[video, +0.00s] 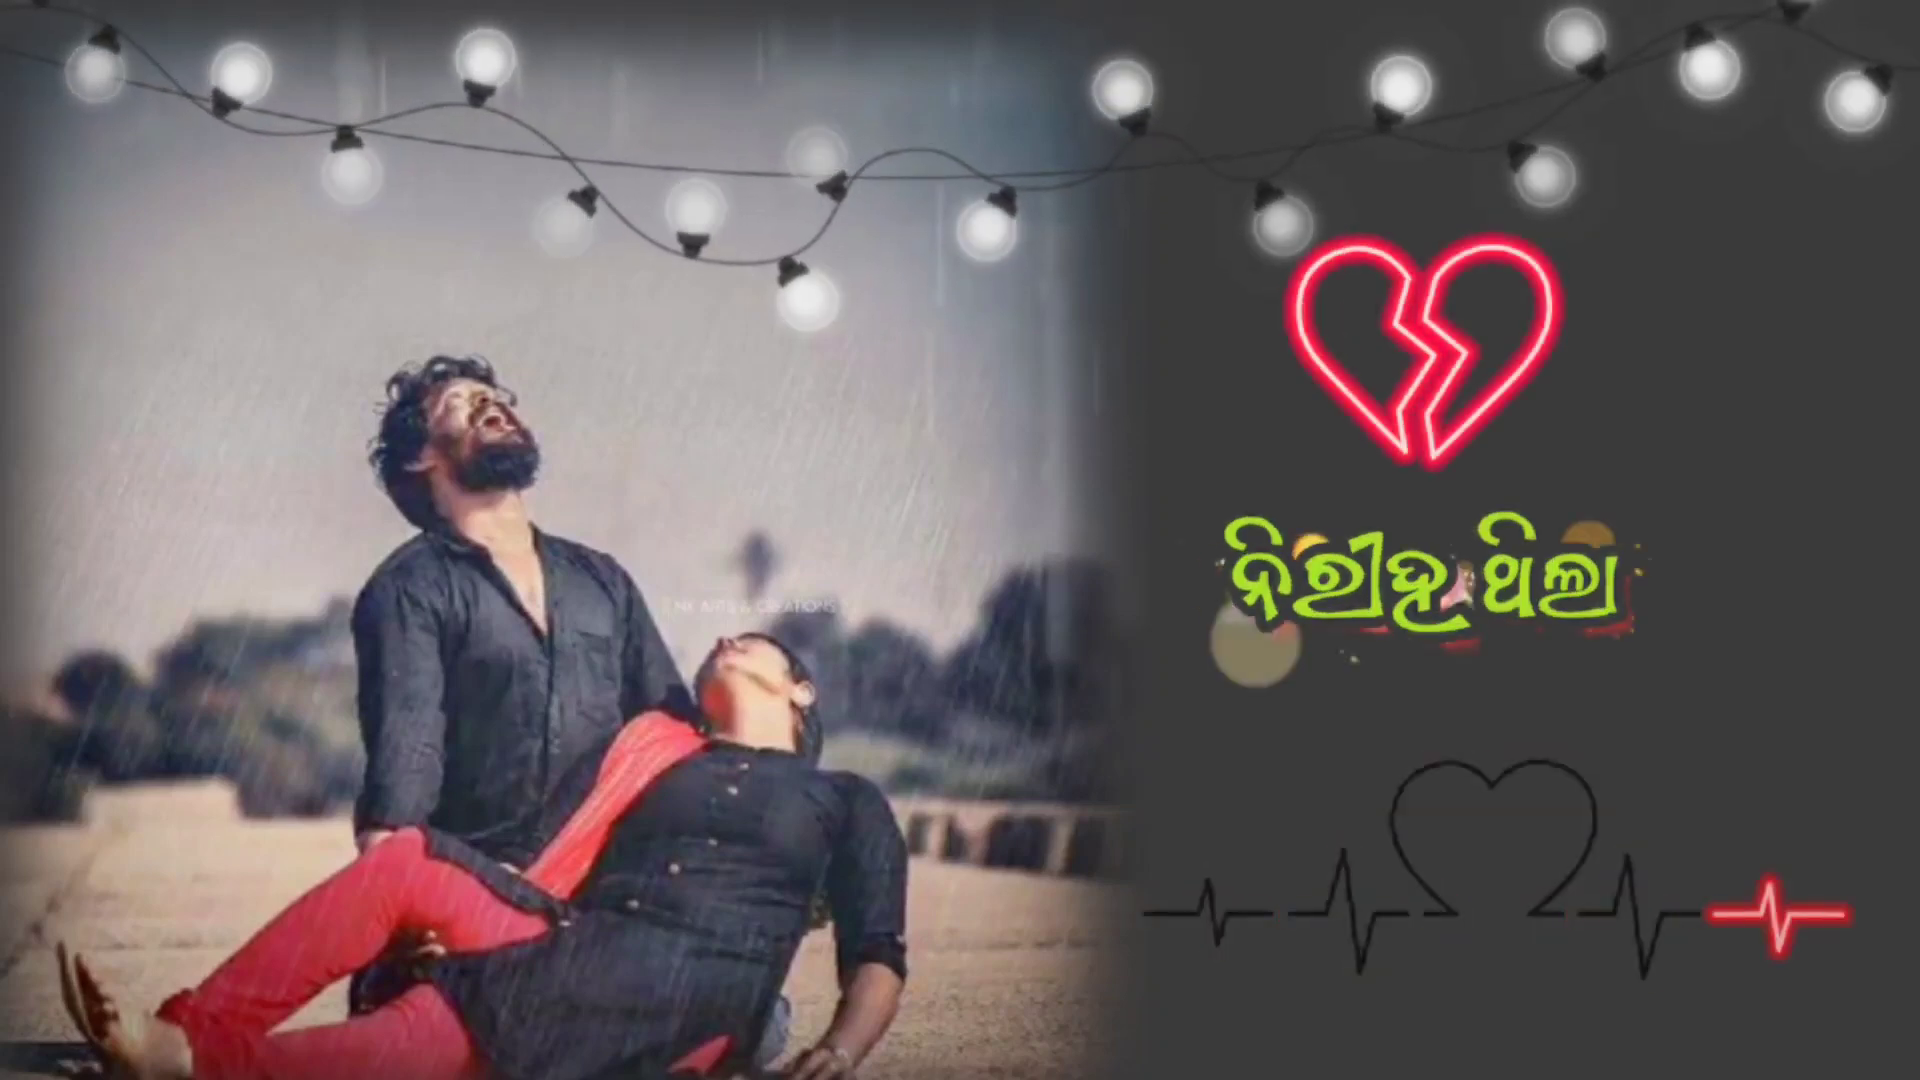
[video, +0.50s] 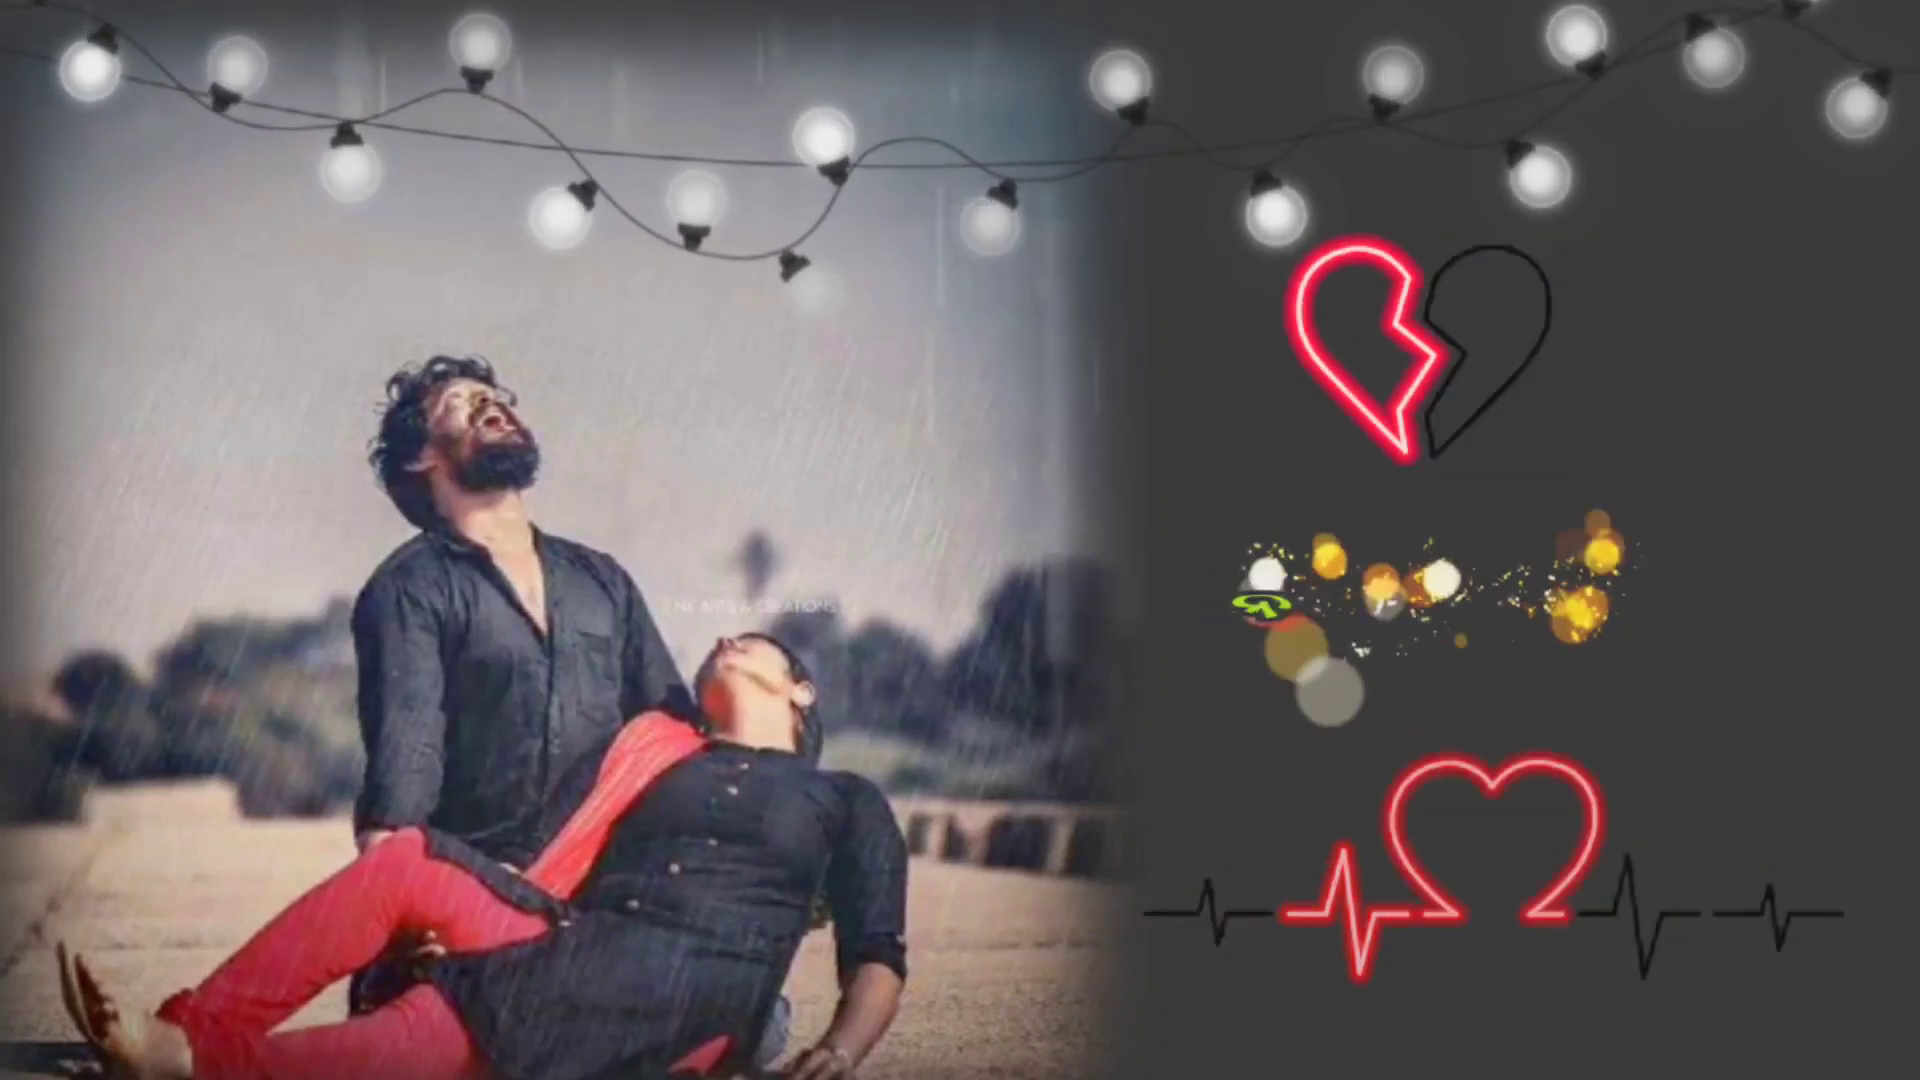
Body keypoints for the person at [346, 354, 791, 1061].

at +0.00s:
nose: (496, 409)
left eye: (501, 401)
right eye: (463, 406)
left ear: (525, 436)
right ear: (421, 462)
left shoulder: (603, 579)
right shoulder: (411, 587)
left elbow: (678, 729)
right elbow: (404, 748)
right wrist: (388, 895)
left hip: (615, 884)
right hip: (460, 889)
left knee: (762, 1020)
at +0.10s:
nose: (495, 409)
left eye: (500, 401)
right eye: (461, 406)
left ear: (525, 436)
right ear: (421, 462)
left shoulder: (603, 579)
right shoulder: (411, 587)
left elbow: (678, 729)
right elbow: (405, 745)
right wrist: (388, 892)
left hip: (616, 883)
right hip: (461, 889)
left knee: (762, 1020)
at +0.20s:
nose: (496, 409)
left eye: (501, 401)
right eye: (463, 406)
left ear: (525, 436)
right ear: (421, 462)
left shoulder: (603, 579)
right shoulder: (411, 587)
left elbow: (678, 729)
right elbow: (404, 748)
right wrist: (389, 895)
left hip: (615, 884)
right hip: (460, 889)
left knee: (762, 1020)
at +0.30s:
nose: (496, 409)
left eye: (501, 402)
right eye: (463, 406)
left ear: (525, 436)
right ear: (421, 462)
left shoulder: (603, 579)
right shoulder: (411, 587)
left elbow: (678, 729)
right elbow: (404, 747)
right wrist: (388, 894)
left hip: (615, 884)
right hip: (460, 889)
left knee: (762, 1020)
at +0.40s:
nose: (496, 409)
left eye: (501, 401)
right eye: (462, 406)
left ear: (524, 438)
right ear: (421, 463)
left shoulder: (603, 579)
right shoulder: (410, 588)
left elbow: (678, 729)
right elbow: (404, 751)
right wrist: (389, 900)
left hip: (617, 885)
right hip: (462, 890)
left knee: (762, 1020)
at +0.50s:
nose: (496, 409)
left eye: (502, 401)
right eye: (463, 406)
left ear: (525, 437)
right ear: (421, 462)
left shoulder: (603, 579)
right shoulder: (410, 588)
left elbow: (678, 729)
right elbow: (404, 750)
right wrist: (389, 900)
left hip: (616, 884)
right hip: (461, 890)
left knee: (762, 1019)